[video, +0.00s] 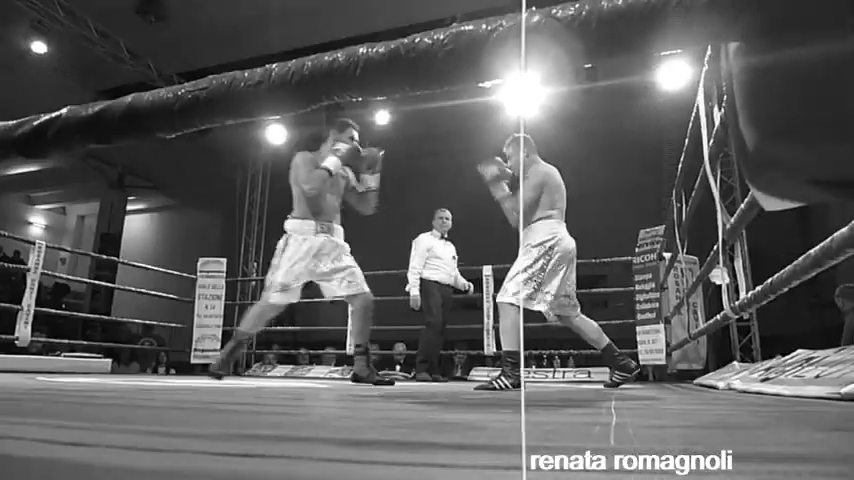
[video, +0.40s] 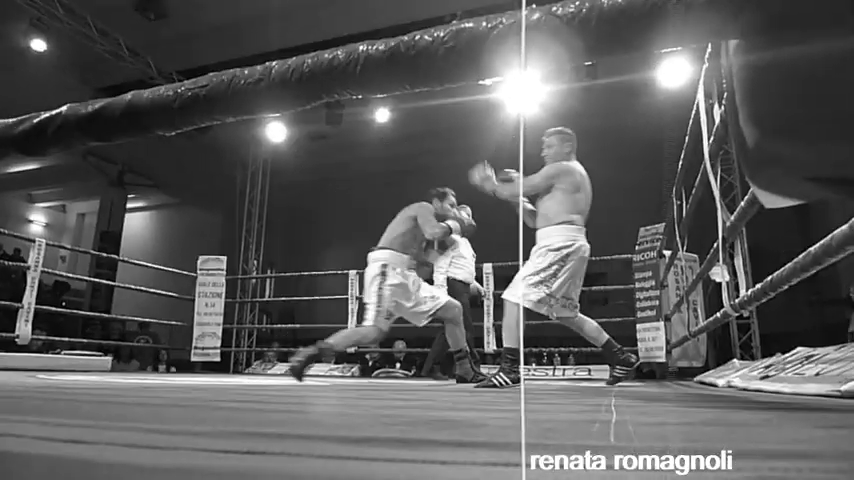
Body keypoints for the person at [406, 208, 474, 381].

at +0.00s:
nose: (444, 221)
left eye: (447, 219)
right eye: (441, 218)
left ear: (451, 224)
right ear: (433, 221)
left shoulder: (450, 247)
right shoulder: (423, 240)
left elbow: (453, 272)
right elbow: (414, 267)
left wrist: (464, 284)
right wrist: (414, 291)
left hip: (446, 286)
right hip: (429, 283)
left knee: (441, 326)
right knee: (433, 323)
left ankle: (433, 369)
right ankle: (421, 368)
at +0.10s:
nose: (450, 223)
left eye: (453, 221)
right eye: (446, 220)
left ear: (456, 225)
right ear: (438, 223)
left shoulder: (453, 248)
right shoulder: (428, 241)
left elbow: (455, 275)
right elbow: (419, 269)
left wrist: (468, 287)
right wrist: (419, 292)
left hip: (448, 287)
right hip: (434, 284)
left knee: (442, 326)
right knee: (440, 324)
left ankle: (434, 369)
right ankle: (433, 370)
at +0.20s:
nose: (456, 221)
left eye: (459, 218)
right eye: (452, 218)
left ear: (462, 223)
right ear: (445, 221)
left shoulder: (458, 246)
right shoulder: (435, 239)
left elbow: (459, 275)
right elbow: (427, 267)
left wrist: (472, 288)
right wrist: (427, 291)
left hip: (454, 285)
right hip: (440, 283)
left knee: (445, 323)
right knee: (450, 321)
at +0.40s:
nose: (469, 220)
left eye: (470, 217)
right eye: (465, 215)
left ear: (470, 221)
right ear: (456, 217)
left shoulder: (466, 244)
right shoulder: (451, 238)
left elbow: (466, 273)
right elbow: (441, 265)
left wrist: (478, 287)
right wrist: (440, 291)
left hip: (465, 284)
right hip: (453, 282)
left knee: (453, 326)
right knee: (464, 323)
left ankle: (430, 366)